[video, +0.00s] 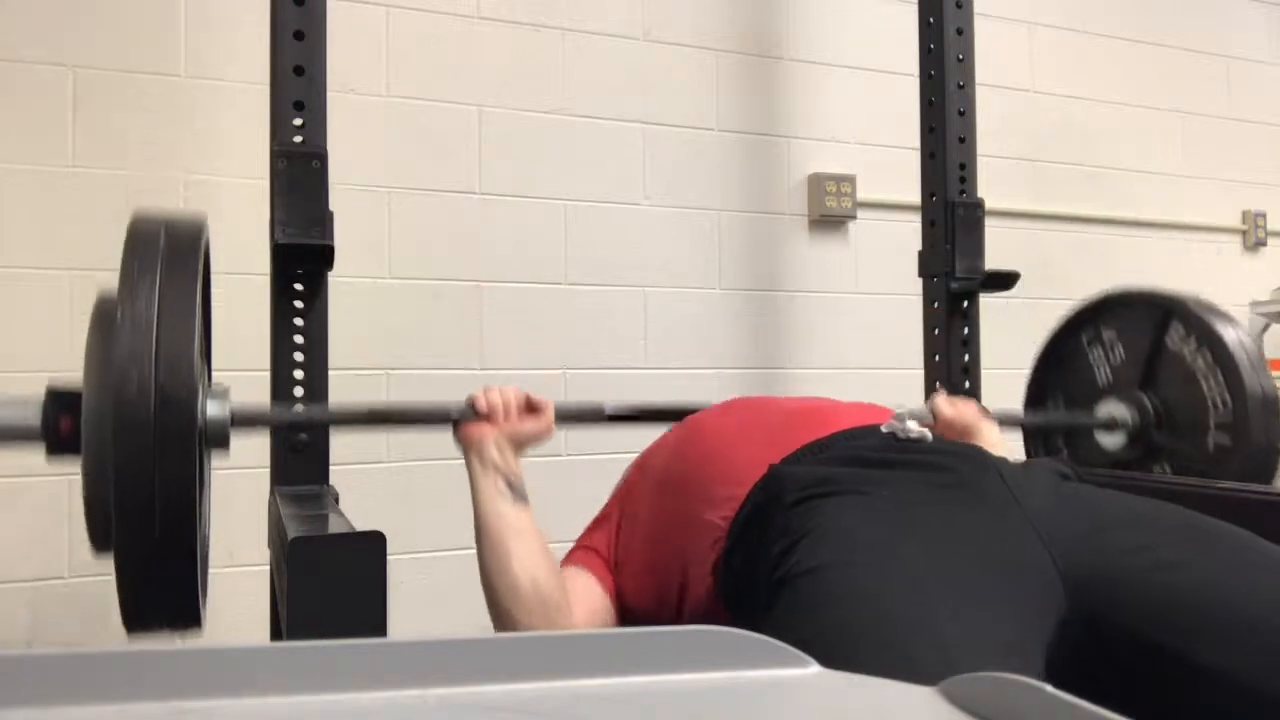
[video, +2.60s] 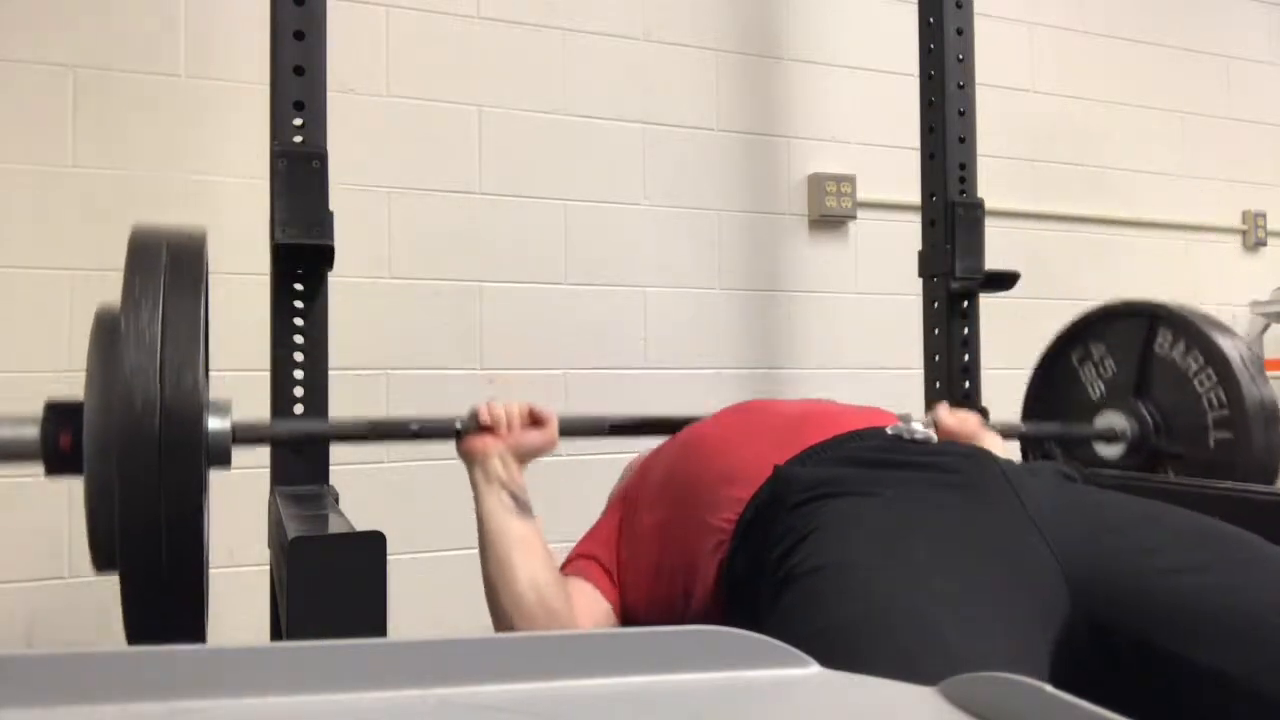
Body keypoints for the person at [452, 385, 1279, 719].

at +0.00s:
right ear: (652, 476)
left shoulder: (867, 421)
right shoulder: (622, 533)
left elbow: (1026, 521)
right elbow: (546, 628)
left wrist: (984, 446)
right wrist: (493, 473)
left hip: (1028, 487)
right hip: (855, 504)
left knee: (1277, 608)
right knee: (942, 689)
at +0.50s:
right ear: (646, 485)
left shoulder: (869, 440)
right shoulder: (618, 543)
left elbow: (965, 466)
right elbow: (528, 508)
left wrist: (970, 347)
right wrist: (488, 343)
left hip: (1045, 486)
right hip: (857, 508)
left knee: (1276, 623)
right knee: (934, 697)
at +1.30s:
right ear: (647, 481)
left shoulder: (865, 422)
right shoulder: (625, 531)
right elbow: (551, 629)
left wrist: (986, 451)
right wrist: (499, 483)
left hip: (1035, 487)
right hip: (858, 504)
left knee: (1273, 608)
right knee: (932, 686)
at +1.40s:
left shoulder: (849, 425)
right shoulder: (613, 544)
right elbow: (555, 635)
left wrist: (986, 457)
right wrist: (498, 499)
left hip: (1035, 487)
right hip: (856, 506)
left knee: (1274, 607)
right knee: (929, 700)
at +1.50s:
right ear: (645, 488)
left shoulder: (870, 422)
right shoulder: (626, 529)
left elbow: (1032, 523)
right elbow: (559, 625)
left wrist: (996, 446)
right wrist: (501, 477)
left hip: (1043, 487)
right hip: (862, 499)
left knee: (1276, 610)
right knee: (939, 690)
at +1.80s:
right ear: (643, 492)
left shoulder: (863, 439)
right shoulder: (617, 544)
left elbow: (965, 464)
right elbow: (516, 505)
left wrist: (966, 339)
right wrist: (485, 342)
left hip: (1043, 482)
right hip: (857, 505)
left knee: (1273, 620)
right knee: (934, 673)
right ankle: (977, 703)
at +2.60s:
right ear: (647, 485)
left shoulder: (866, 423)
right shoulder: (623, 533)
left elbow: (1033, 508)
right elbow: (550, 632)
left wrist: (983, 445)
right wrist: (496, 485)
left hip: (1038, 486)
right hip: (861, 503)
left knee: (1275, 603)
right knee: (929, 695)